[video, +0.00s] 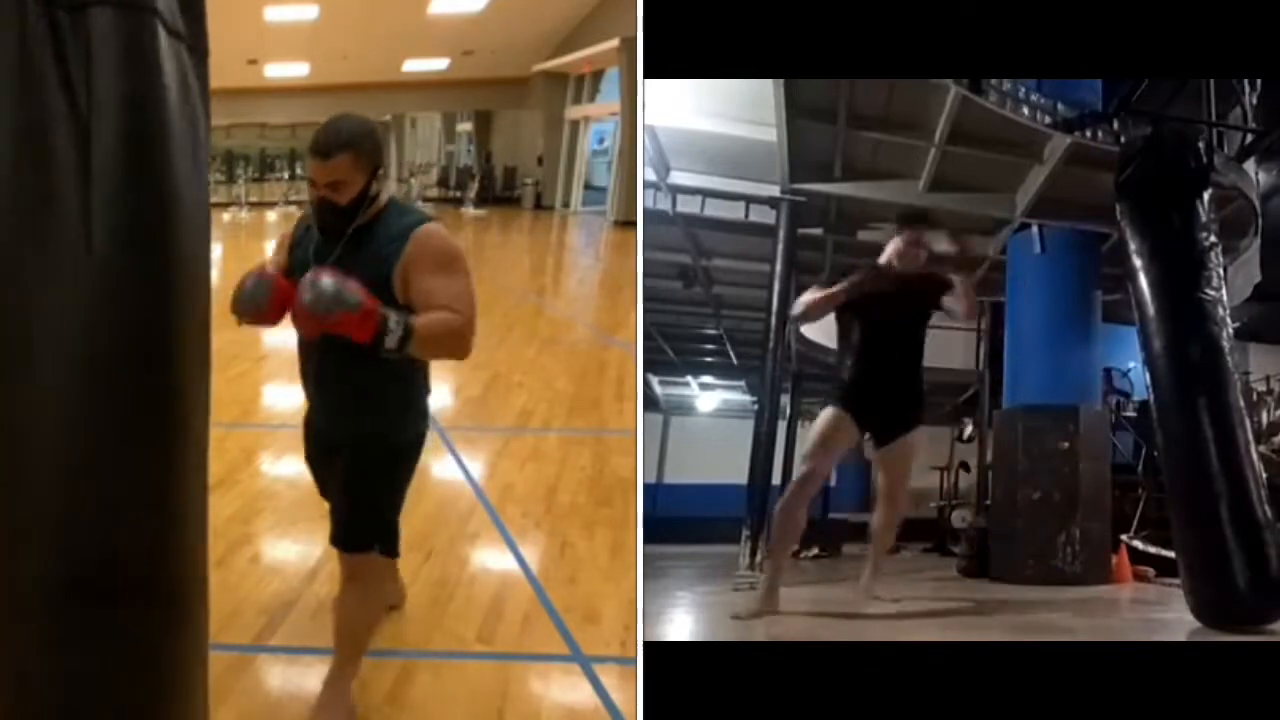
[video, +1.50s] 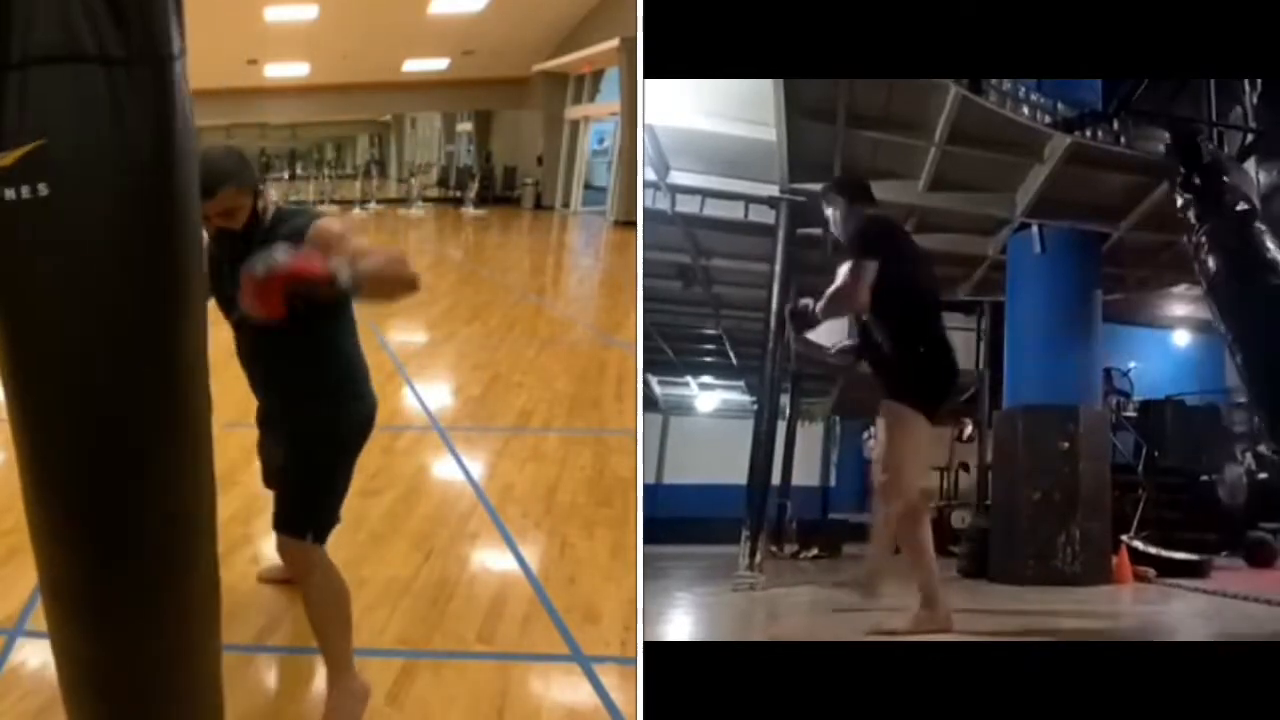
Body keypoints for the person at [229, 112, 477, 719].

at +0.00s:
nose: (322, 196)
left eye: (337, 185)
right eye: (316, 183)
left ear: (373, 176)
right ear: (309, 174)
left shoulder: (421, 242)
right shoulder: (307, 232)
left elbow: (457, 334)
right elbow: (277, 291)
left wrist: (377, 323)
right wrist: (260, 297)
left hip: (385, 415)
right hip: (325, 405)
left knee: (357, 549)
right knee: (348, 509)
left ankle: (339, 686)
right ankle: (384, 585)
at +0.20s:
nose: (319, 184)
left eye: (330, 172)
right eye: (311, 172)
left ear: (358, 175)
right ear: (296, 179)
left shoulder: (406, 234)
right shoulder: (292, 223)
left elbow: (390, 335)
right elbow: (231, 279)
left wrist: (351, 244)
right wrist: (235, 223)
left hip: (369, 427)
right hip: (306, 407)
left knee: (354, 565)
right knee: (320, 502)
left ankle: (338, 681)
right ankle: (349, 570)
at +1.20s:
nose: (236, 193)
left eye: (243, 180)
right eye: (229, 181)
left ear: (265, 177)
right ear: (223, 184)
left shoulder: (319, 228)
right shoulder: (217, 231)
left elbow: (377, 300)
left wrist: (322, 284)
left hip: (305, 396)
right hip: (245, 391)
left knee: (281, 527)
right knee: (254, 490)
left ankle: (320, 664)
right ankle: (278, 560)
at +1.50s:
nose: (222, 225)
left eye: (231, 212)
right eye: (212, 215)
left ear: (256, 195)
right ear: (198, 208)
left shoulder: (307, 231)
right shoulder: (214, 246)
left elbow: (402, 275)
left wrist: (328, 273)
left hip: (333, 406)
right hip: (278, 402)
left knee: (299, 545)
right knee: (285, 485)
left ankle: (346, 684)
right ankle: (303, 563)